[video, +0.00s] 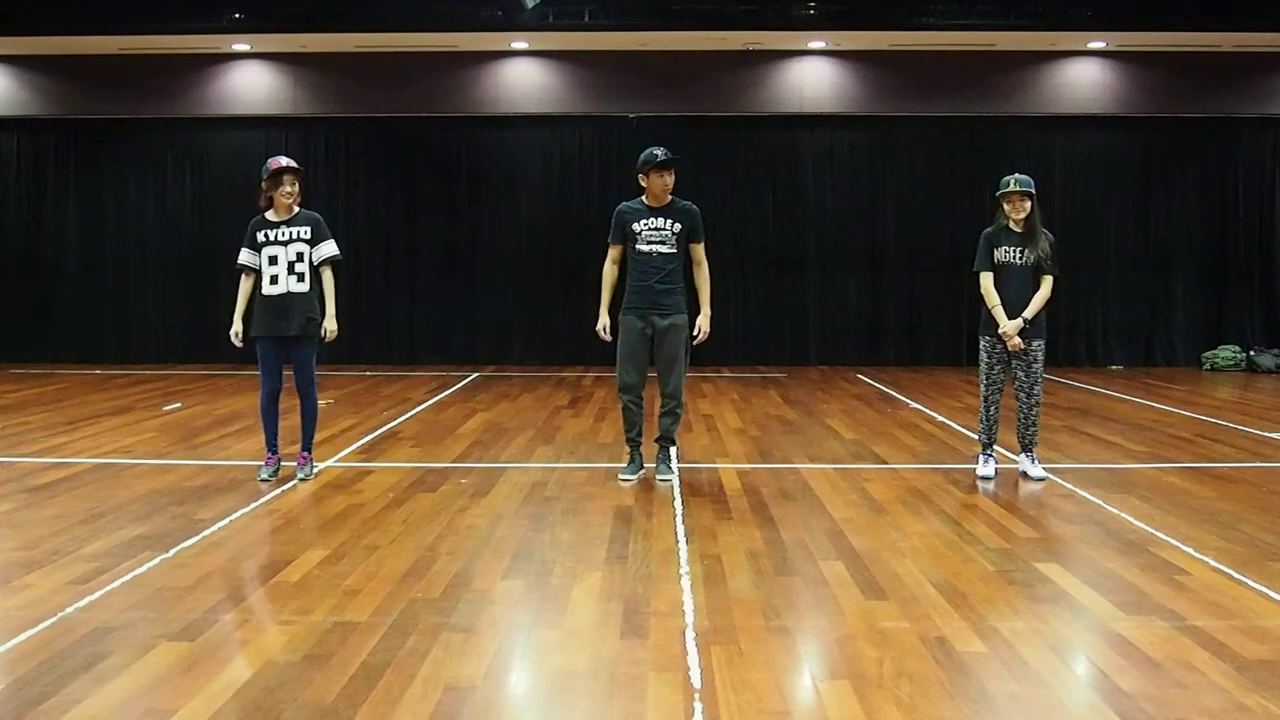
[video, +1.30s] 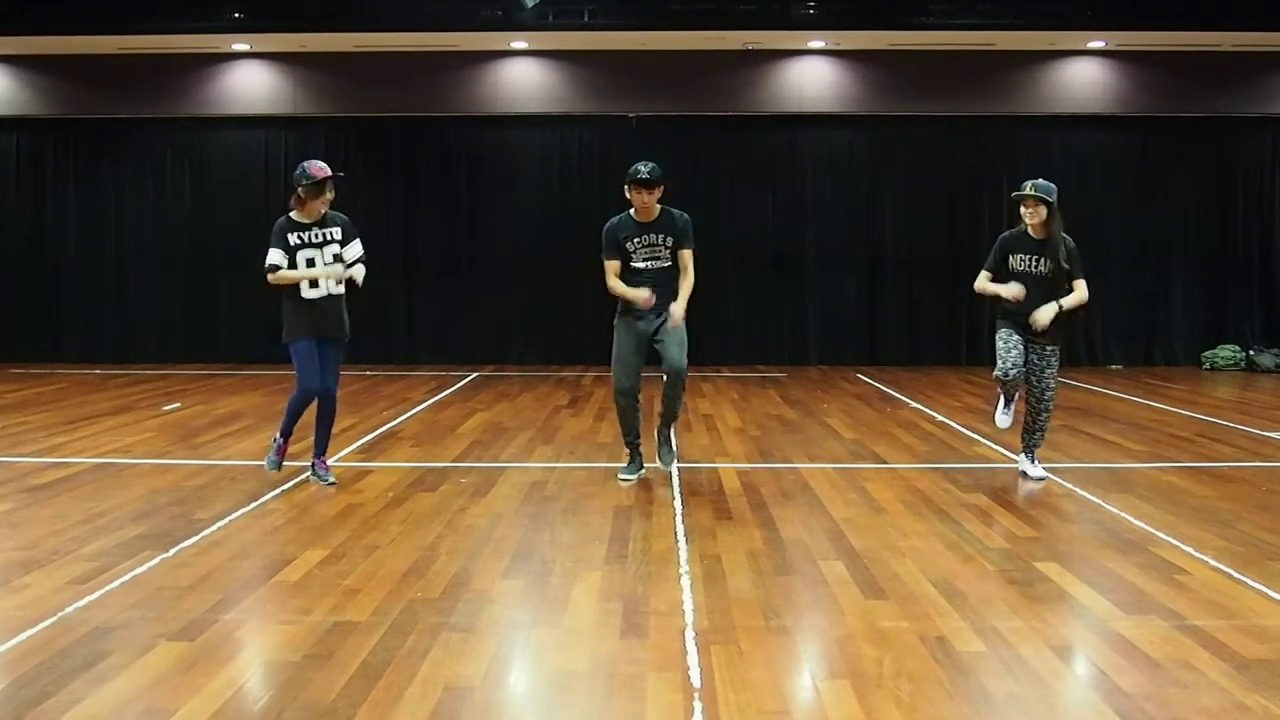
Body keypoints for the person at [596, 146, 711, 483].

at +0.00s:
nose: (667, 178)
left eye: (670, 172)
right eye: (660, 173)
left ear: (674, 176)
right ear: (643, 179)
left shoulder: (688, 213)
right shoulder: (625, 213)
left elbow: (699, 264)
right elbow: (612, 262)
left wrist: (705, 312)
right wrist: (604, 311)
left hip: (674, 315)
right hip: (633, 315)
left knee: (672, 389)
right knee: (629, 387)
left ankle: (667, 451)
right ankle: (633, 454)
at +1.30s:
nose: (644, 196)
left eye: (650, 189)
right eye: (638, 189)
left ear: (660, 190)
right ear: (628, 191)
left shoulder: (678, 223)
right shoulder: (615, 229)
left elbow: (687, 271)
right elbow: (611, 279)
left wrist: (679, 305)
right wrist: (632, 293)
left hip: (669, 313)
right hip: (630, 315)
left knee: (677, 367)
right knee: (623, 386)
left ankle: (666, 430)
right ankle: (633, 453)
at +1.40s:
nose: (647, 196)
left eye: (653, 189)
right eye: (640, 189)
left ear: (663, 191)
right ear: (631, 192)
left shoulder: (680, 223)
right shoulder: (617, 228)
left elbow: (687, 273)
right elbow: (617, 280)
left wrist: (671, 278)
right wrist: (644, 261)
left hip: (671, 308)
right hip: (632, 314)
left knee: (686, 349)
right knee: (624, 387)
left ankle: (670, 411)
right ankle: (633, 454)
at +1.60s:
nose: (659, 185)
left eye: (666, 179)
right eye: (653, 179)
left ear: (676, 182)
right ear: (643, 181)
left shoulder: (690, 218)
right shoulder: (628, 214)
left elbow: (688, 267)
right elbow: (624, 258)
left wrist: (667, 237)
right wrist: (648, 217)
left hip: (679, 315)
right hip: (637, 316)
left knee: (699, 377)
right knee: (630, 387)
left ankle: (689, 446)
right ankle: (634, 454)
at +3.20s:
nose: (681, 179)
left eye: (688, 173)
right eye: (676, 174)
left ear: (702, 180)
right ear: (669, 181)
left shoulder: (720, 219)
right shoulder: (657, 218)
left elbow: (721, 257)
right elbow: (659, 256)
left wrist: (695, 219)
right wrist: (678, 212)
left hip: (714, 311)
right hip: (673, 317)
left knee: (742, 354)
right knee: (671, 395)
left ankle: (722, 418)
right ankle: (677, 462)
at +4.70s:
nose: (701, 174)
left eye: (706, 168)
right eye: (694, 168)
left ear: (717, 171)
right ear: (683, 172)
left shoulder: (733, 207)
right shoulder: (673, 209)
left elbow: (742, 255)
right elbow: (661, 252)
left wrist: (715, 217)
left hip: (722, 312)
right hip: (682, 311)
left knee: (727, 391)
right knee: (665, 384)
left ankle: (723, 463)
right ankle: (677, 422)